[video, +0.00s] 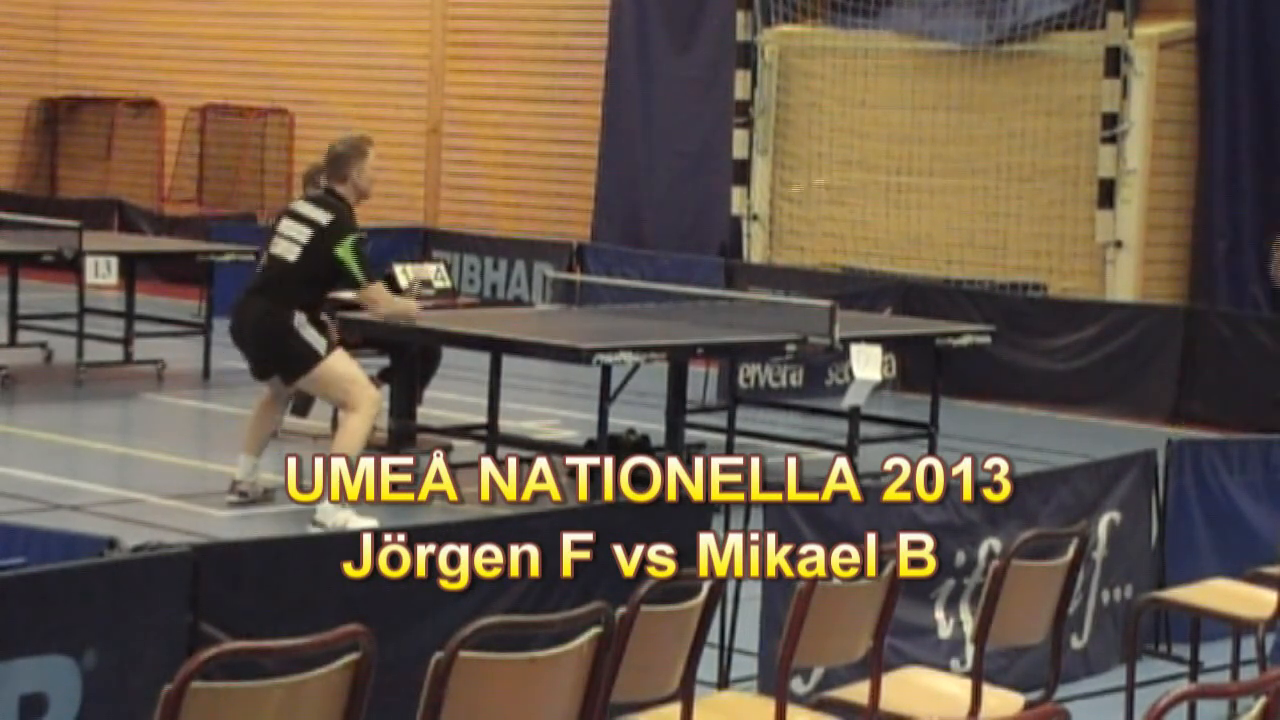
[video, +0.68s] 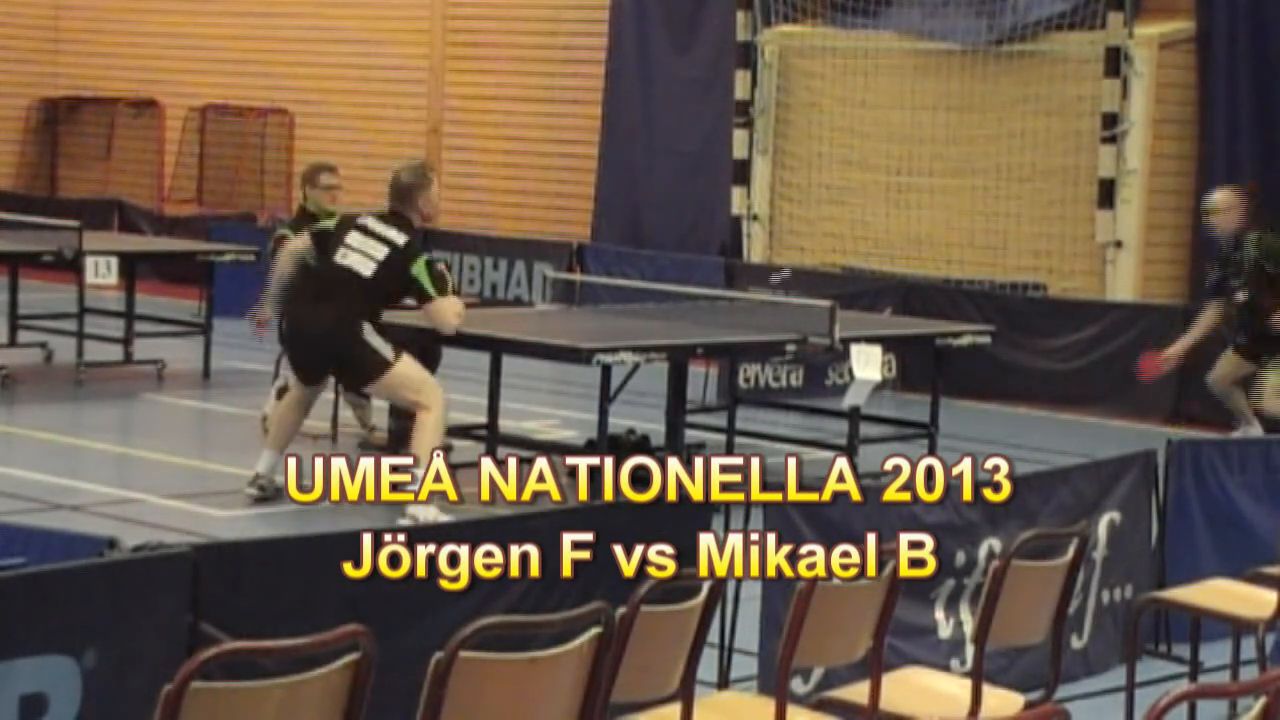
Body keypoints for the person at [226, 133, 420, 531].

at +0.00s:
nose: (375, 176)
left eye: (373, 169)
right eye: (370, 169)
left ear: (336, 173)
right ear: (351, 174)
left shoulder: (301, 205)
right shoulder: (340, 224)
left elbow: (296, 273)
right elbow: (376, 301)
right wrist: (406, 308)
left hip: (247, 316)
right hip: (280, 322)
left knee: (281, 389)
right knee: (364, 399)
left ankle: (246, 473)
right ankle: (333, 502)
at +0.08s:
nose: (383, 177)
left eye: (381, 171)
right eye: (378, 171)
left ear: (344, 174)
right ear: (362, 176)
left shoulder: (301, 204)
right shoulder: (353, 230)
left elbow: (263, 258)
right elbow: (396, 299)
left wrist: (313, 280)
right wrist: (428, 300)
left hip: (247, 313)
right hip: (282, 320)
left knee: (274, 392)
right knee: (363, 399)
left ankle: (244, 476)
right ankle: (332, 504)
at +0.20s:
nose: (400, 180)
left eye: (398, 173)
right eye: (396, 174)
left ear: (358, 176)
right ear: (385, 182)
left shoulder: (318, 197)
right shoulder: (377, 232)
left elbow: (257, 240)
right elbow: (425, 290)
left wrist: (268, 280)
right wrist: (466, 289)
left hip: (249, 301)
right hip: (289, 311)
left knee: (263, 388)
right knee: (360, 399)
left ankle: (244, 475)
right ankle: (333, 503)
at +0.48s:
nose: (422, 167)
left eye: (420, 160)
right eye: (418, 161)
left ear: (380, 162)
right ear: (405, 167)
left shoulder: (338, 181)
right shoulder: (400, 222)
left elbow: (278, 190)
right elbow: (438, 294)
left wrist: (238, 236)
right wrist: (453, 278)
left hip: (281, 288)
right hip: (325, 300)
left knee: (296, 370)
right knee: (400, 380)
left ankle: (256, 462)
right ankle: (380, 474)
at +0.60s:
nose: (430, 193)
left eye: (429, 186)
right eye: (427, 186)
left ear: (387, 186)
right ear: (417, 192)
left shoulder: (347, 207)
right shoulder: (409, 240)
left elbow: (283, 227)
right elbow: (445, 312)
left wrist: (258, 274)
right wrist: (446, 289)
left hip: (293, 317)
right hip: (339, 323)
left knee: (300, 385)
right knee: (420, 399)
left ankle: (261, 475)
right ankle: (416, 498)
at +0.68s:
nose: (438, 200)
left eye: (436, 193)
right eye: (434, 193)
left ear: (394, 196)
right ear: (420, 200)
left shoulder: (354, 222)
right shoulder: (413, 249)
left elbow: (290, 250)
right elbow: (447, 321)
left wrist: (271, 303)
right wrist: (452, 296)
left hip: (298, 324)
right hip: (345, 333)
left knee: (304, 386)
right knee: (431, 400)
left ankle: (263, 472)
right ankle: (422, 498)